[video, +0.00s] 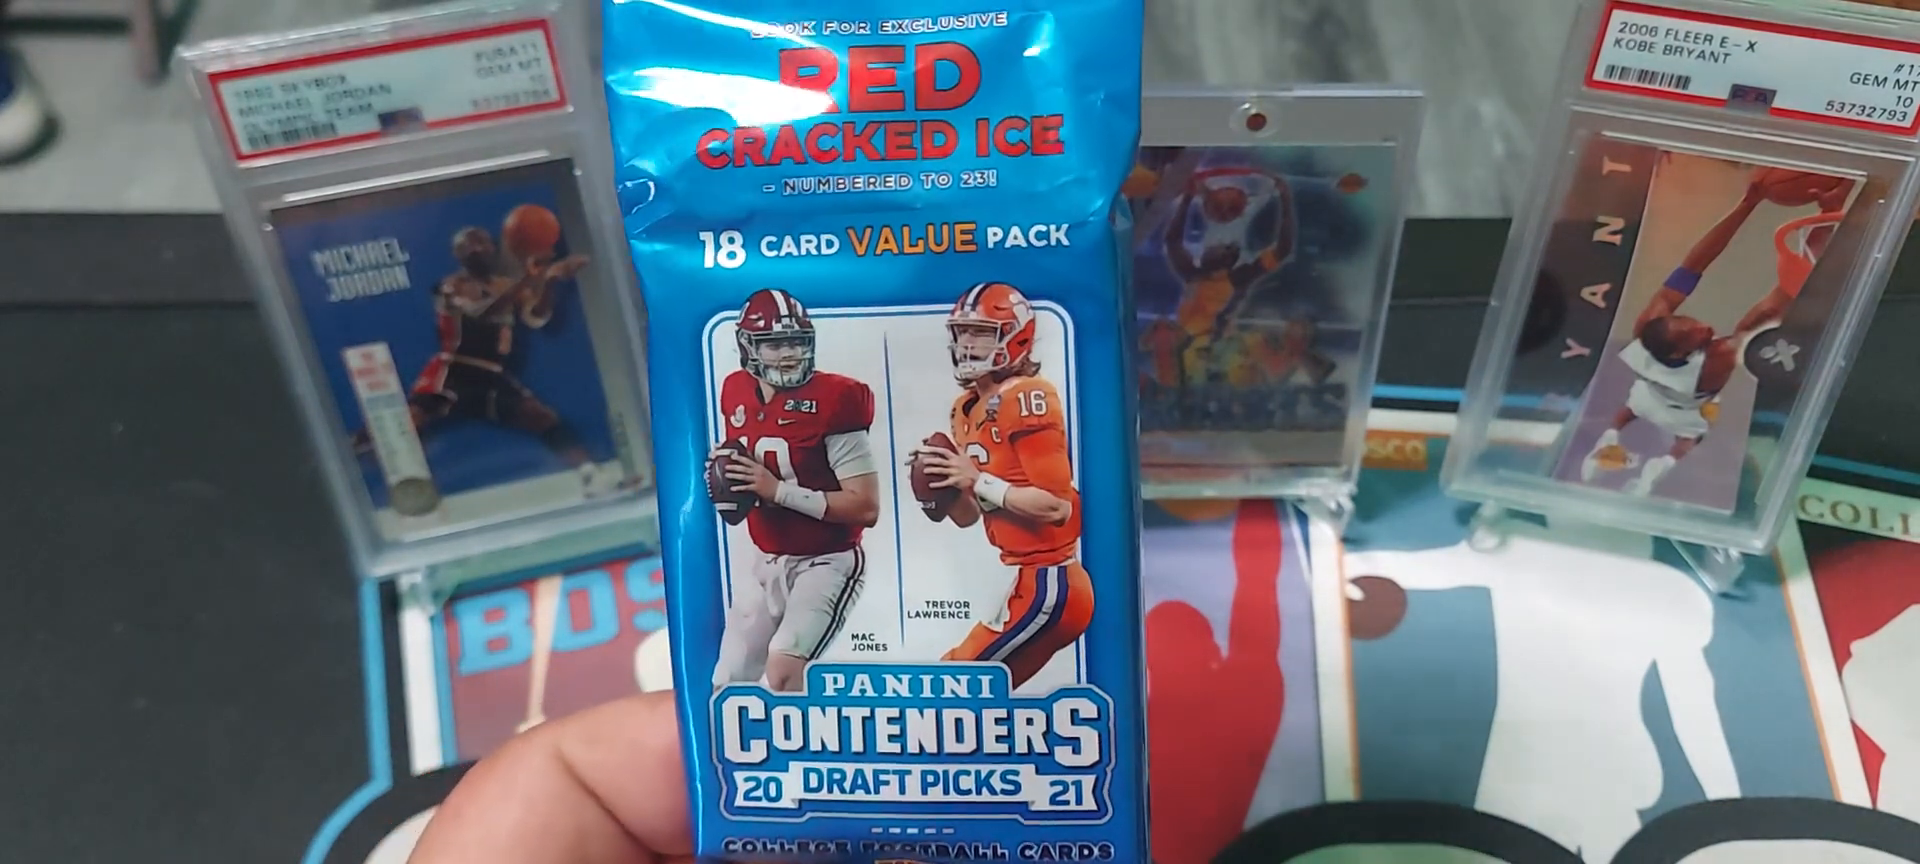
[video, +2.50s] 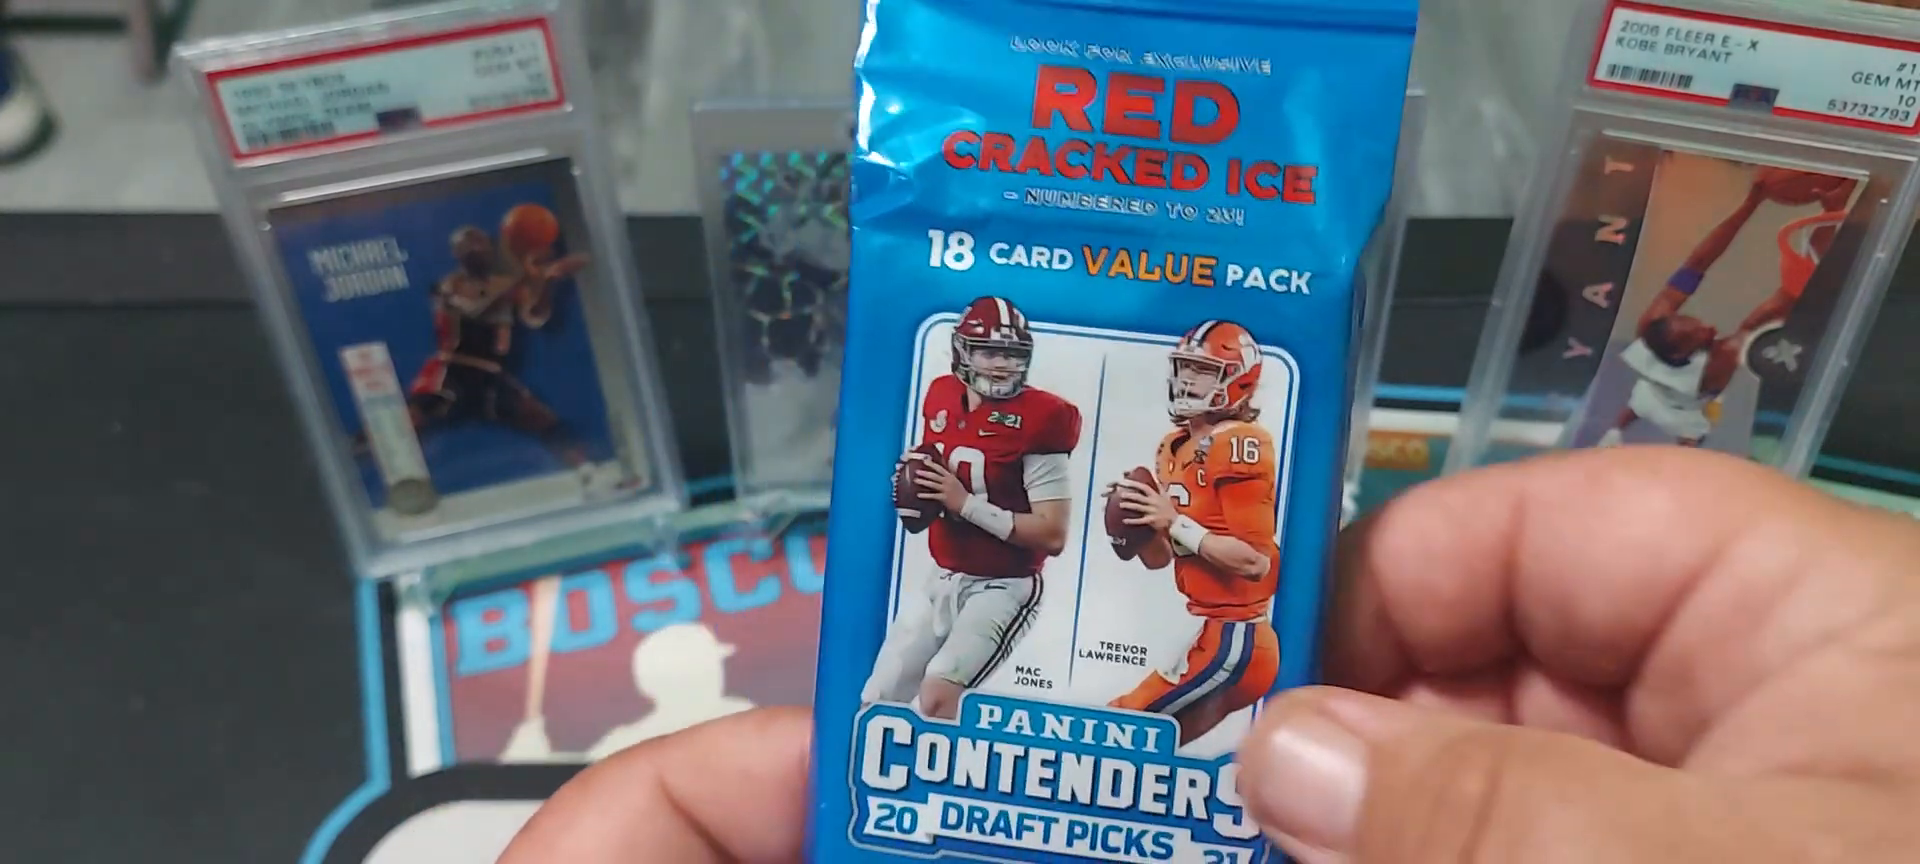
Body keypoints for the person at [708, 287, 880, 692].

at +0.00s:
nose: (786, 354)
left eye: (795, 343)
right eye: (774, 345)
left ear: (808, 344)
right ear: (750, 347)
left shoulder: (837, 399)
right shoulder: (736, 390)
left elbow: (866, 507)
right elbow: (738, 462)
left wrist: (777, 489)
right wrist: (721, 474)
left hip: (829, 563)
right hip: (765, 564)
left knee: (782, 673)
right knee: (728, 685)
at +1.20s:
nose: (805, 368)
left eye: (813, 357)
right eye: (791, 358)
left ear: (825, 358)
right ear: (767, 363)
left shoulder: (852, 413)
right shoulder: (754, 406)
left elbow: (877, 522)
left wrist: (791, 505)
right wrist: (739, 495)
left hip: (841, 577)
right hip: (780, 580)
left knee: (793, 691)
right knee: (738, 703)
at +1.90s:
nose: (852, 384)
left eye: (861, 372)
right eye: (838, 373)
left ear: (875, 375)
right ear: (813, 377)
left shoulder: (902, 432)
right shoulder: (802, 420)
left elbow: (925, 546)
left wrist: (836, 524)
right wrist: (783, 514)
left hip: (887, 602)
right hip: (826, 602)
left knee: (836, 715)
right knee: (779, 726)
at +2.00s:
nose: (904, 412)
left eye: (914, 400)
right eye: (890, 400)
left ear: (928, 402)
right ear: (865, 403)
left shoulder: (956, 461)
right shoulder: (852, 447)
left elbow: (975, 577)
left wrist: (885, 553)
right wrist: (832, 543)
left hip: (935, 635)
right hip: (871, 632)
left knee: (881, 748)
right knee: (823, 757)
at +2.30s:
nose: (959, 402)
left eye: (968, 391)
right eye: (946, 391)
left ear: (982, 394)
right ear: (919, 393)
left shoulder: (1004, 453)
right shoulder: (901, 436)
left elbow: (1021, 570)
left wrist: (932, 544)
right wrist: (877, 527)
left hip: (977, 626)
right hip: (910, 621)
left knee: (916, 738)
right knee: (858, 743)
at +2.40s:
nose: (979, 379)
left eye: (990, 367)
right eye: (967, 367)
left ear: (1004, 371)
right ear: (941, 369)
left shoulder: (1025, 429)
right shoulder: (923, 409)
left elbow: (1035, 547)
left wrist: (947, 517)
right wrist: (895, 494)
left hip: (991, 600)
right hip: (927, 594)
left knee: (926, 707)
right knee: (867, 712)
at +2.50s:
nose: (1003, 364)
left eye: (1014, 354)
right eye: (989, 352)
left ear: (1026, 358)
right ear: (963, 352)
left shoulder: (1045, 417)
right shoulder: (942, 394)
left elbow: (1053, 534)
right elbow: (933, 469)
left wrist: (966, 504)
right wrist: (911, 480)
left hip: (1006, 588)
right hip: (941, 580)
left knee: (937, 697)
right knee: (878, 698)